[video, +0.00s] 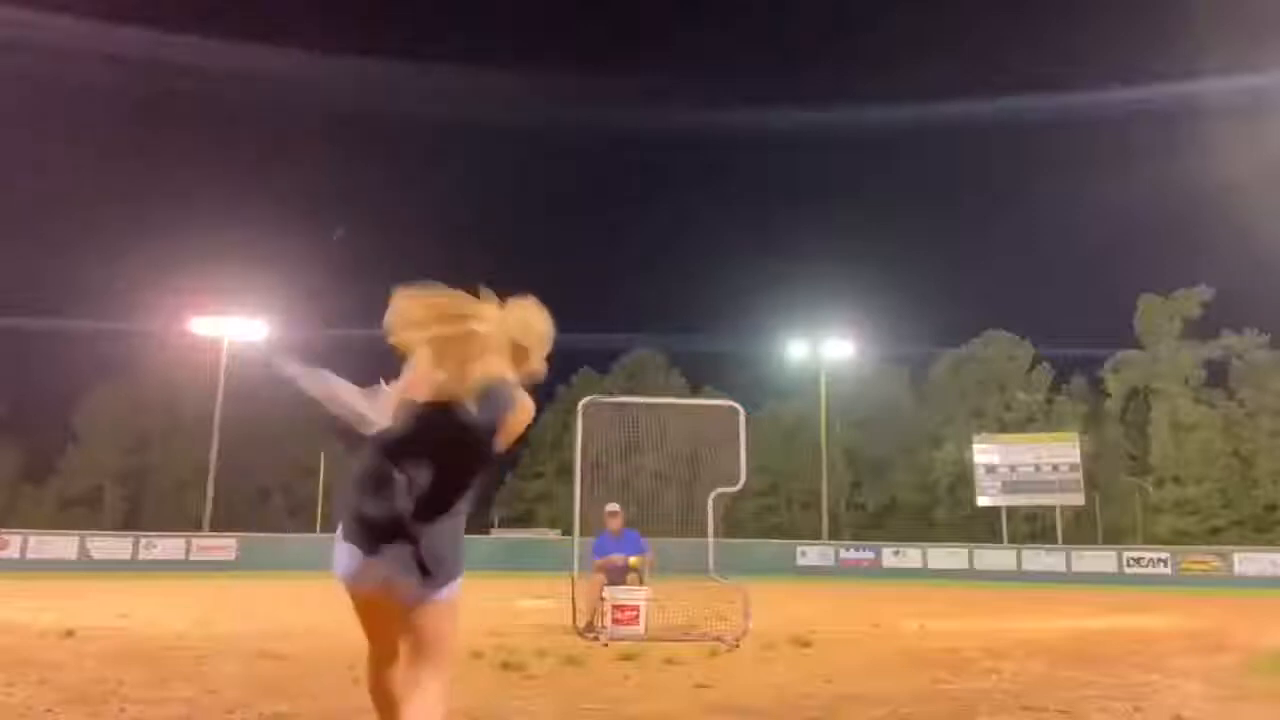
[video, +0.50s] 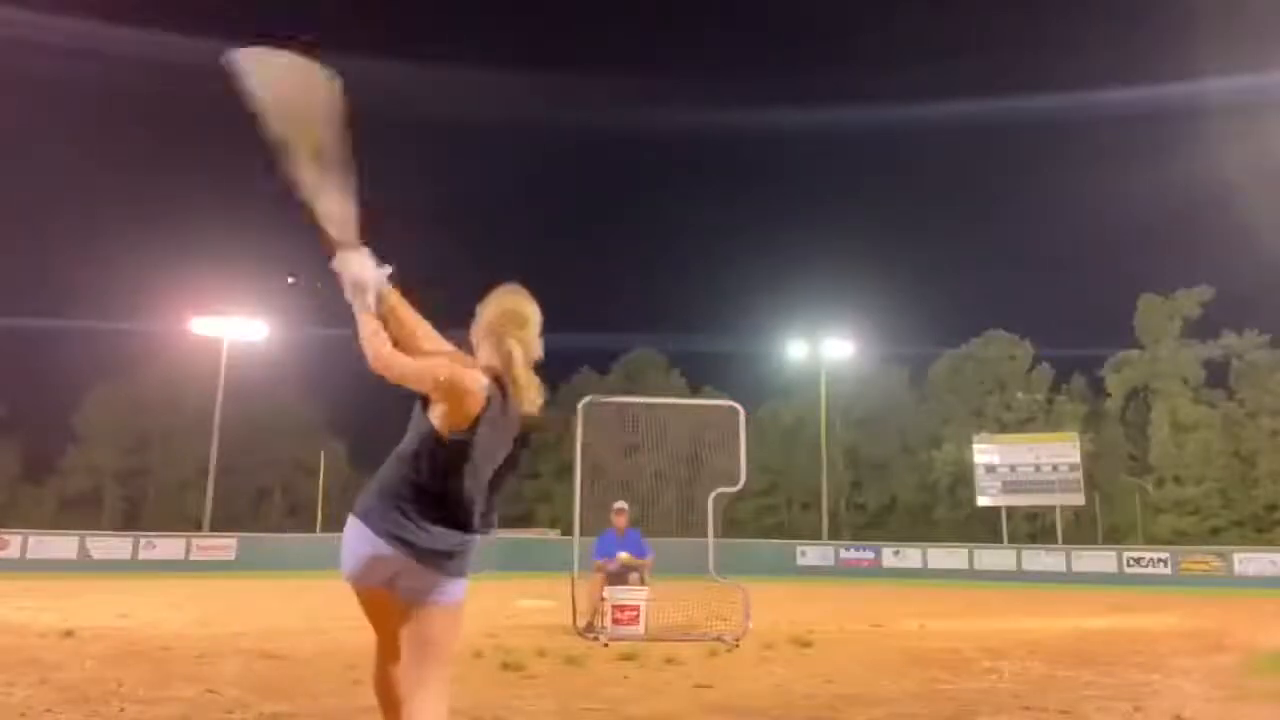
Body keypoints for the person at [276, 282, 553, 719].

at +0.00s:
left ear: (439, 336)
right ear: (505, 348)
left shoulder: (415, 378)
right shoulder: (509, 407)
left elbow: (374, 413)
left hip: (364, 535)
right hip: (434, 542)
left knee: (382, 653)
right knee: (430, 669)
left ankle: (393, 718)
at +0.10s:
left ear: (487, 343)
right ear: (533, 356)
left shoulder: (465, 387)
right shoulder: (521, 405)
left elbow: (390, 396)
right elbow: (426, 356)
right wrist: (372, 325)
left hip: (369, 532)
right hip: (435, 546)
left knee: (384, 653)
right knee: (428, 682)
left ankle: (393, 715)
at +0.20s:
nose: (482, 330)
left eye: (489, 324)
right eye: (489, 327)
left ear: (493, 335)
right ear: (539, 348)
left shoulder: (469, 390)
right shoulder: (515, 395)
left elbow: (376, 366)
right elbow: (433, 341)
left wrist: (365, 295)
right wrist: (401, 283)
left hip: (372, 542)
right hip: (435, 561)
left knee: (384, 654)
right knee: (427, 686)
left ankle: (397, 718)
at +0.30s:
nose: (480, 332)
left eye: (483, 323)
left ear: (483, 326)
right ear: (531, 338)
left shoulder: (462, 386)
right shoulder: (517, 390)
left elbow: (379, 321)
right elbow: (432, 333)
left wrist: (410, 259)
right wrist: (444, 283)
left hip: (368, 534)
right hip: (434, 550)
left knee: (387, 651)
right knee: (427, 682)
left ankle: (398, 719)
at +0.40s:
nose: (472, 325)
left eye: (478, 319)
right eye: (476, 321)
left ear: (481, 328)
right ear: (532, 342)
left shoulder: (463, 384)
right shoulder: (519, 393)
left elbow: (377, 329)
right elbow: (433, 336)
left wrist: (386, 258)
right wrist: (423, 275)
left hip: (373, 533)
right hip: (438, 552)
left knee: (387, 651)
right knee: (427, 682)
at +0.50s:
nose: (470, 326)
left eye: (475, 319)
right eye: (474, 321)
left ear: (480, 326)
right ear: (531, 339)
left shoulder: (460, 377)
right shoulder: (516, 398)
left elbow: (382, 358)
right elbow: (429, 345)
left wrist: (361, 298)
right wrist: (382, 288)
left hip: (378, 533)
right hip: (445, 555)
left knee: (389, 650)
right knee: (427, 689)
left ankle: (396, 718)